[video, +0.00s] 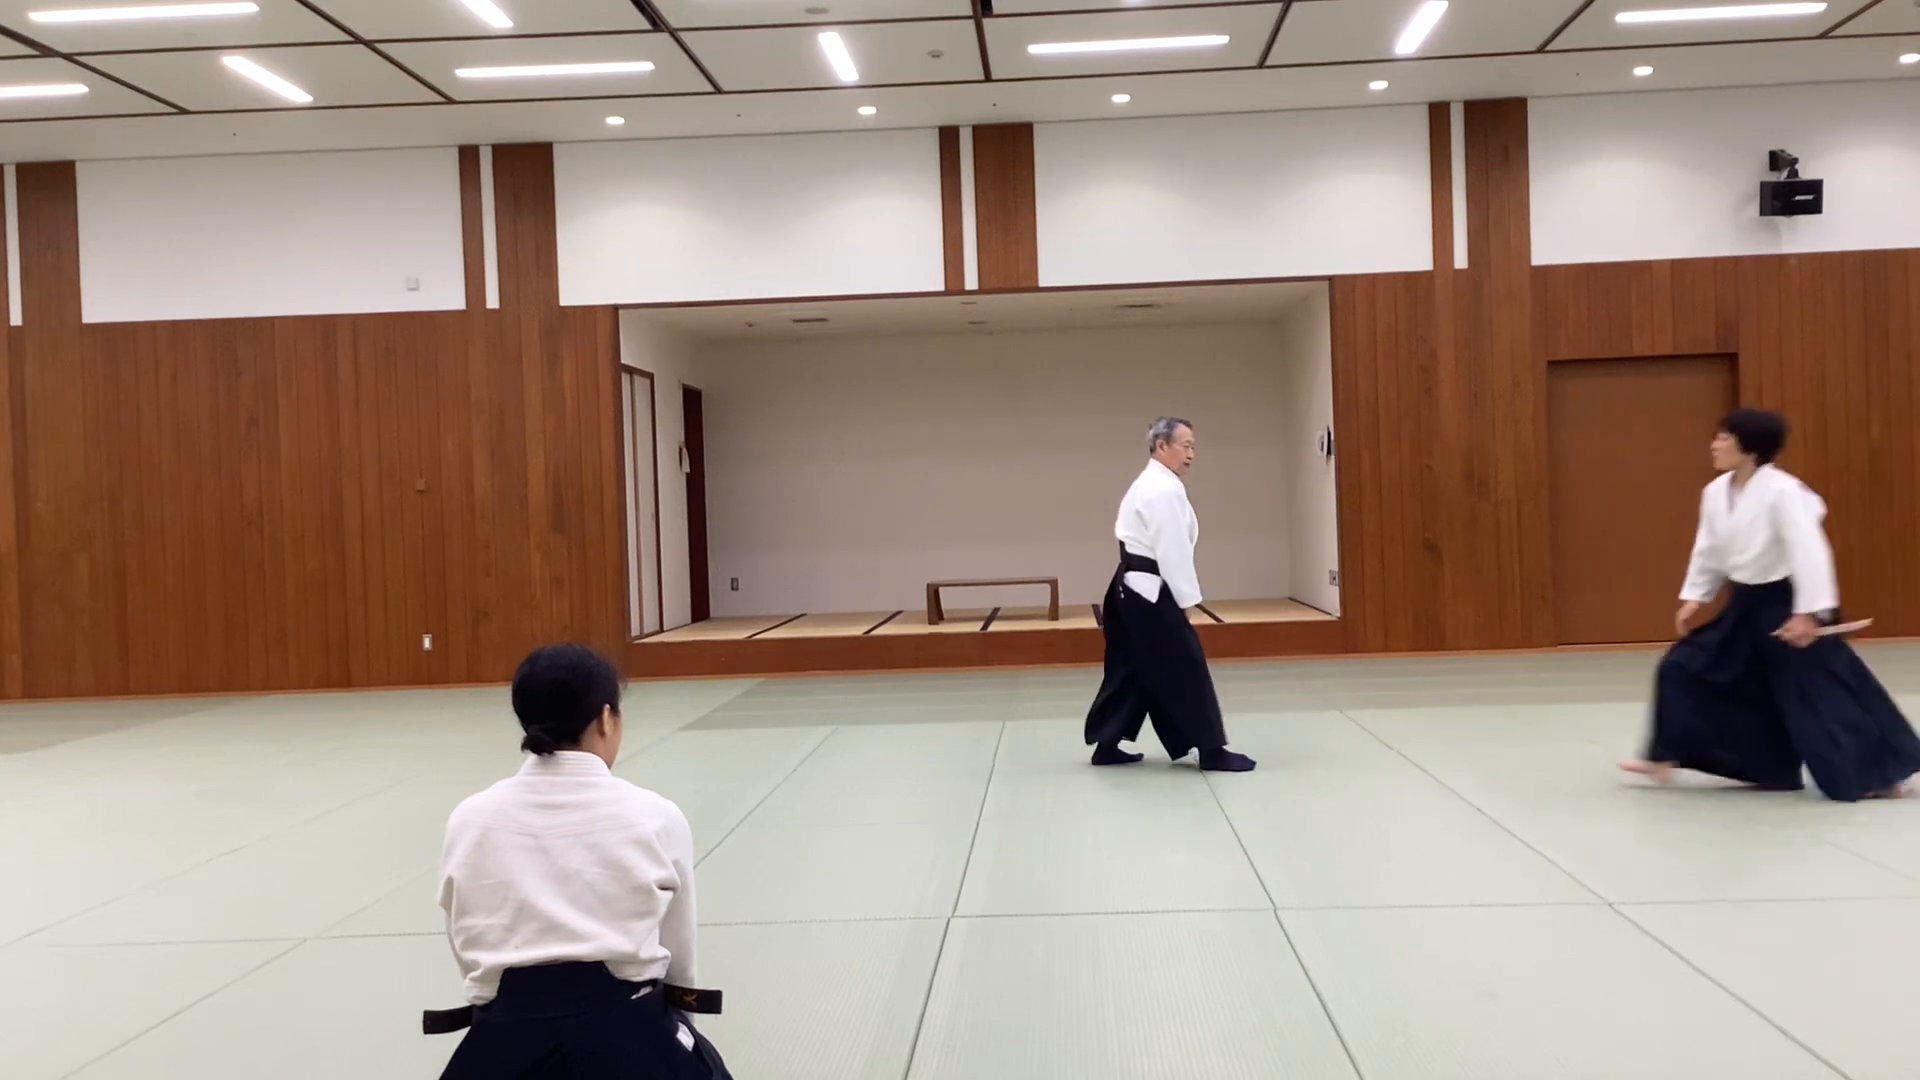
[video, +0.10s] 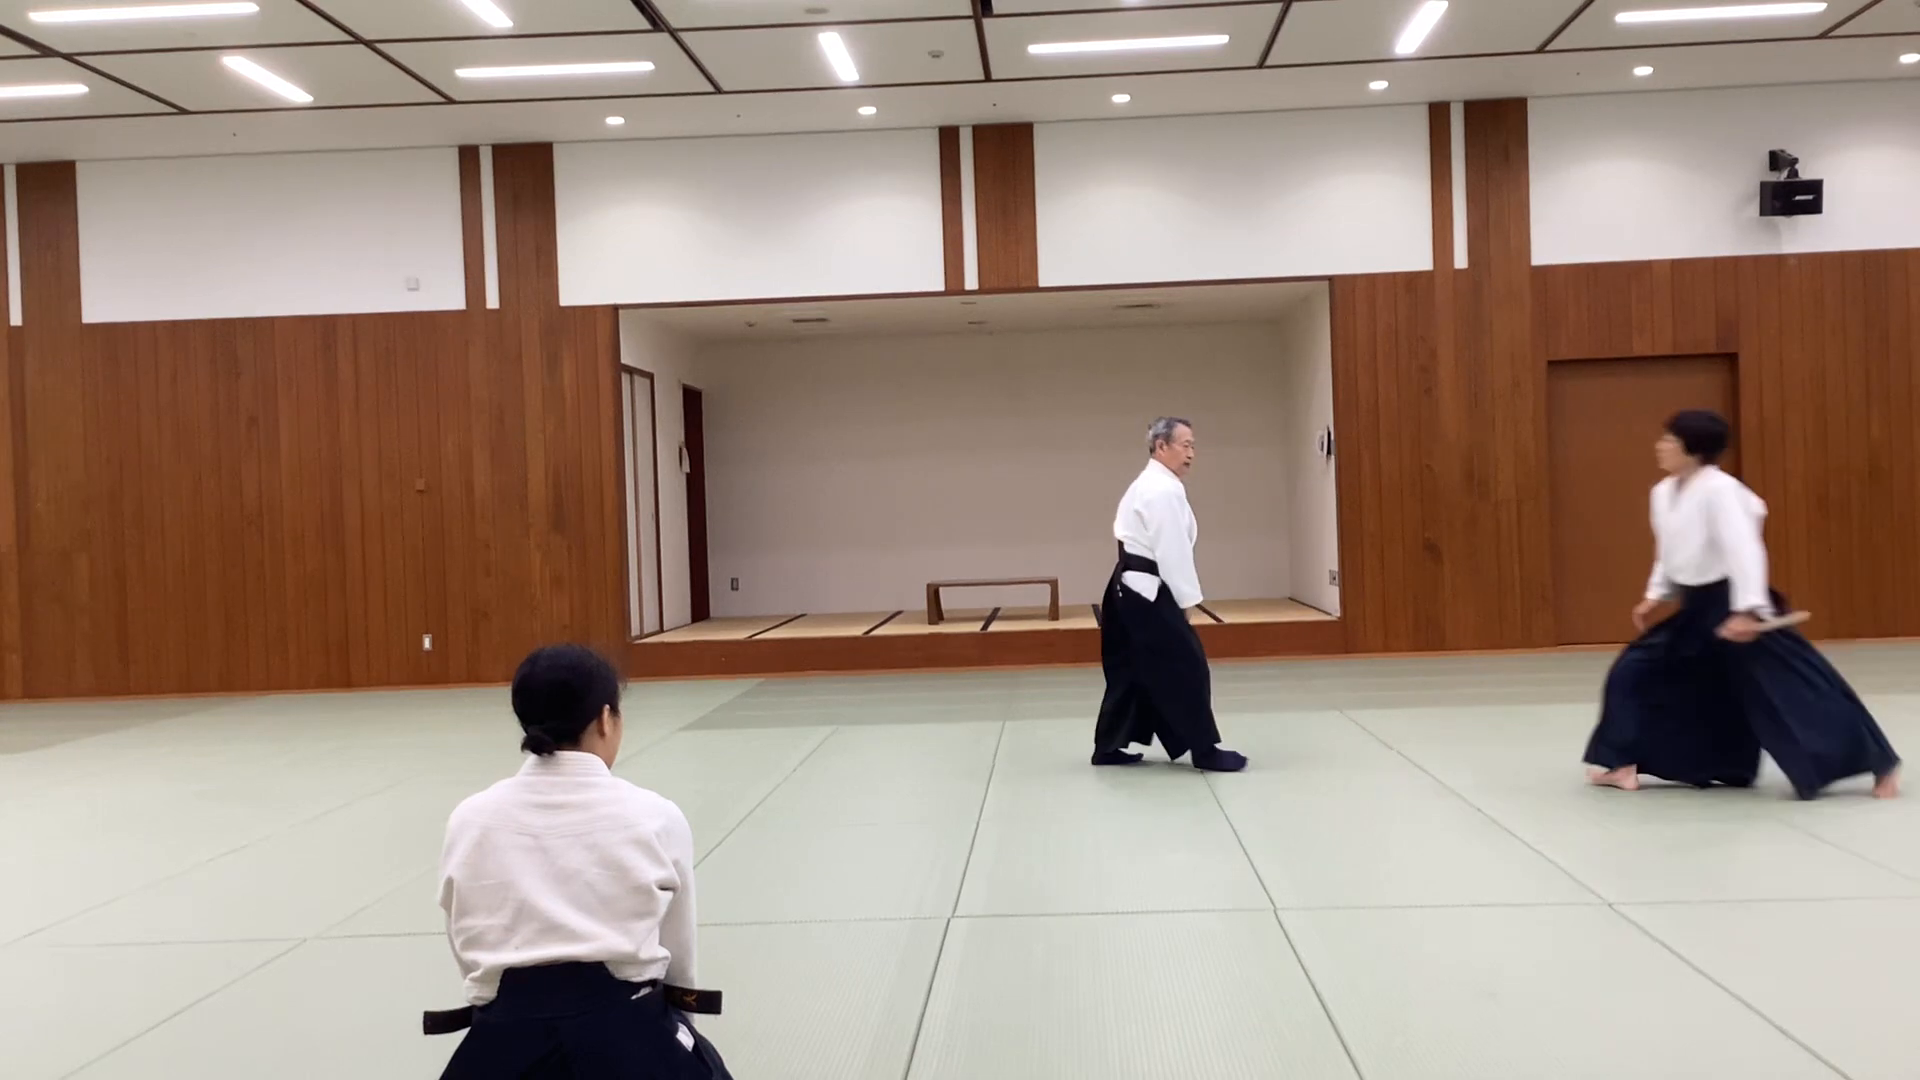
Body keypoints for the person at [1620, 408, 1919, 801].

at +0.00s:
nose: (1715, 444)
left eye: (1725, 439)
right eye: (1717, 437)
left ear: (1751, 449)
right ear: (1734, 449)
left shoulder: (1785, 492)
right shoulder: (1716, 492)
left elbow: (1810, 552)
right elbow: (1707, 550)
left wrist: (1807, 612)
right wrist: (1692, 597)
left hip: (1784, 605)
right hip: (1742, 605)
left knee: (1821, 685)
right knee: (1679, 666)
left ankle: (1882, 770)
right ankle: (1662, 759)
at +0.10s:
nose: (1658, 445)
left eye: (1668, 440)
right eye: (1661, 438)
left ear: (1693, 450)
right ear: (1678, 450)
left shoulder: (1722, 490)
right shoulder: (1662, 493)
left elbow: (1745, 549)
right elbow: (1667, 554)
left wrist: (1747, 609)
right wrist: (1652, 597)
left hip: (1733, 607)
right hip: (1691, 609)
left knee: (1800, 680)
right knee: (1629, 670)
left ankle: (1881, 761)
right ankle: (1623, 766)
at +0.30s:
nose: (1556, 451)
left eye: (1564, 446)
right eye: (1557, 443)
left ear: (1586, 455)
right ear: (1584, 453)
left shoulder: (1606, 496)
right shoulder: (1572, 490)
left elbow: (1578, 559)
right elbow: (1564, 554)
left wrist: (1525, 587)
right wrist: (1523, 578)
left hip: (1627, 601)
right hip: (1599, 602)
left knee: (1638, 682)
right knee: (1577, 686)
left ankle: (1667, 767)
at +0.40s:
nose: (1509, 455)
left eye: (1516, 449)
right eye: (1511, 447)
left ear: (1537, 457)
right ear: (1549, 457)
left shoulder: (1543, 498)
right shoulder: (1568, 488)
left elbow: (1480, 523)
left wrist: (1441, 487)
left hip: (1565, 607)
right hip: (1590, 598)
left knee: (1496, 672)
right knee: (1578, 683)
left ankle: (1499, 760)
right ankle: (1612, 765)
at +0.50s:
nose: (1456, 454)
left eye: (1461, 449)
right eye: (1458, 448)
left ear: (1478, 456)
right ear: (1498, 455)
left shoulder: (1472, 496)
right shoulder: (1522, 481)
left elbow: (1409, 487)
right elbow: (1557, 507)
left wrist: (1423, 440)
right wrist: (1528, 532)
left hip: (1501, 602)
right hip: (1534, 595)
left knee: (1442, 672)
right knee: (1541, 686)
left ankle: (1380, 752)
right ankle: (1606, 761)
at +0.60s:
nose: (1412, 453)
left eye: (1415, 448)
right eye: (1414, 447)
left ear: (1424, 455)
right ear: (1461, 455)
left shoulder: (1406, 489)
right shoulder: (1484, 489)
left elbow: (1358, 468)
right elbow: (1534, 511)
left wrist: (1360, 422)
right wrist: (1549, 489)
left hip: (1433, 606)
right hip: (1478, 604)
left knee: (1387, 676)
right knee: (1503, 678)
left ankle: (1356, 765)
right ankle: (1550, 739)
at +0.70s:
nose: (1383, 442)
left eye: (1385, 438)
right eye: (1386, 437)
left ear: (1390, 443)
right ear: (1431, 442)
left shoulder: (1374, 473)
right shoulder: (1450, 479)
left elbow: (1328, 457)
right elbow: (1499, 509)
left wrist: (1301, 422)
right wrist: (1549, 511)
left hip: (1392, 586)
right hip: (1438, 587)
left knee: (1365, 667)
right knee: (1455, 665)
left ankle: (1348, 764)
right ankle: (1445, 734)